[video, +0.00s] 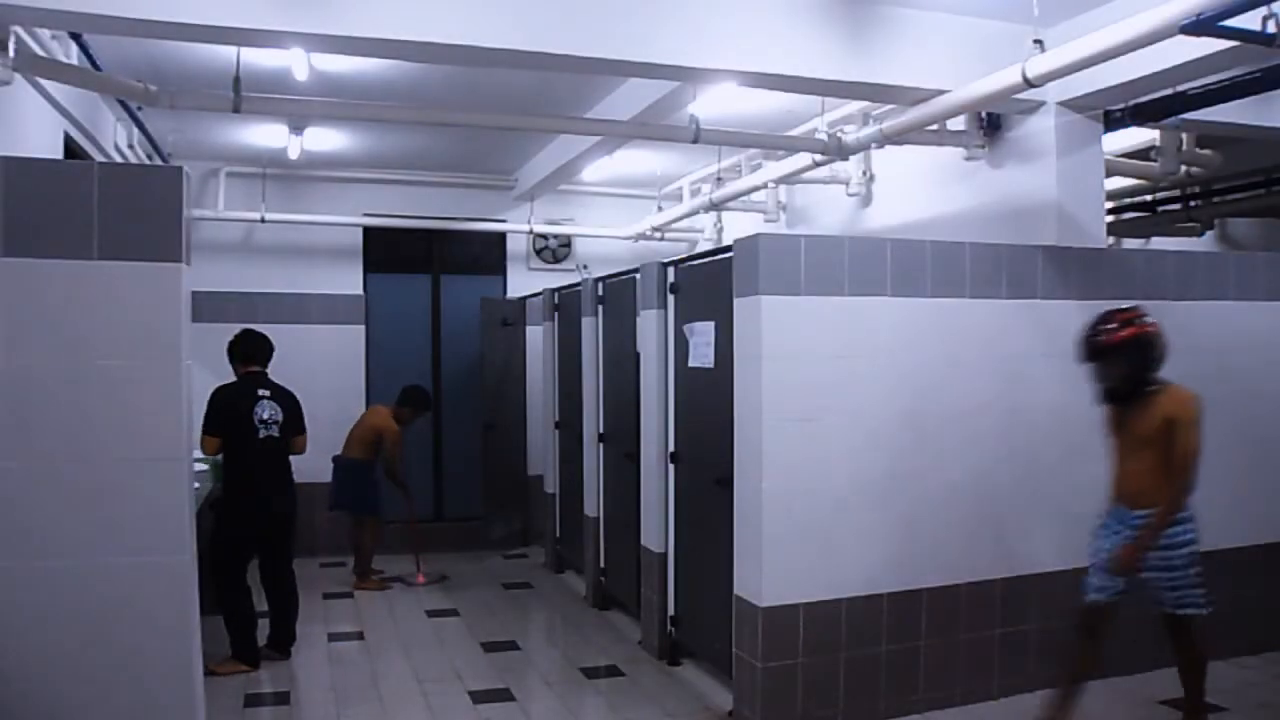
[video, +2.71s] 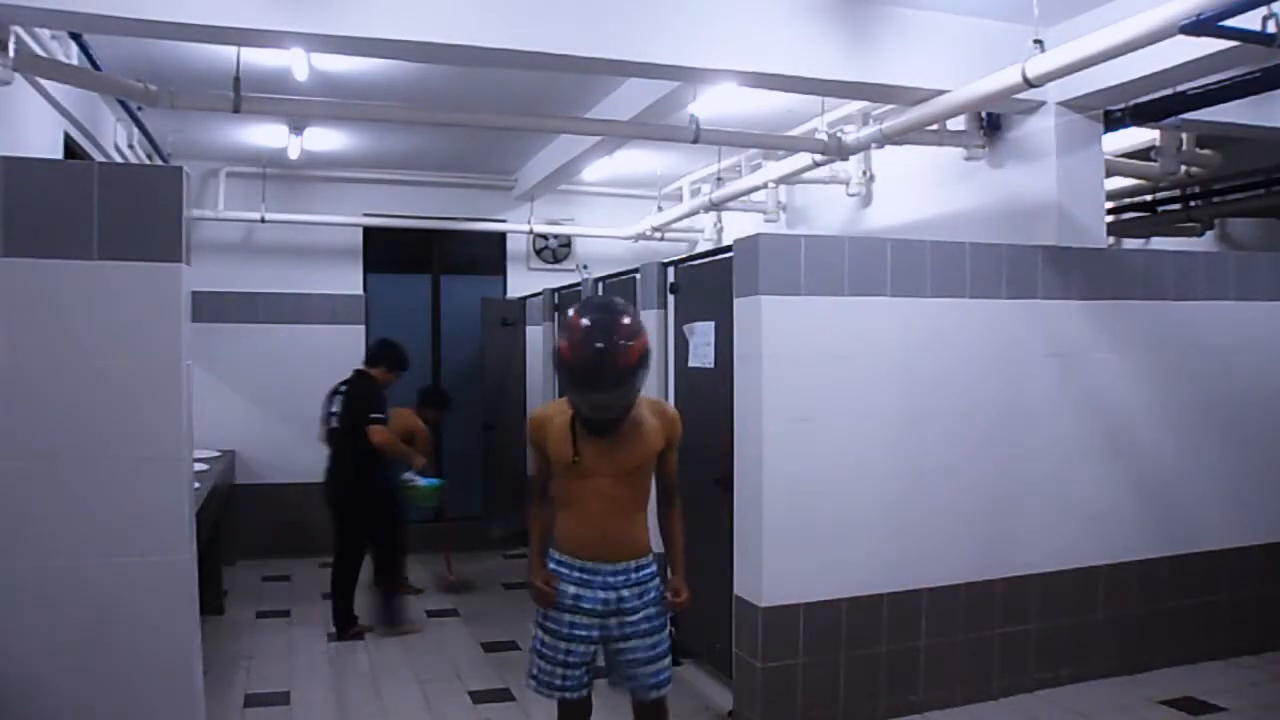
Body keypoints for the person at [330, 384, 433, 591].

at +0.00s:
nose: (413, 420)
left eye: (417, 416)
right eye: (415, 415)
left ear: (400, 404)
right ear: (407, 409)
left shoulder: (375, 411)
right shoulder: (390, 428)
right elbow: (391, 468)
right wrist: (405, 491)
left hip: (345, 465)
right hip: (359, 470)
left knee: (360, 521)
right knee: (369, 523)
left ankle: (362, 568)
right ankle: (363, 576)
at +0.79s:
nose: (436, 422)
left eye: (438, 418)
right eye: (437, 417)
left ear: (423, 405)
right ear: (430, 412)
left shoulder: (402, 414)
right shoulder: (415, 427)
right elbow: (410, 463)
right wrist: (426, 488)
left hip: (366, 463)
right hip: (375, 467)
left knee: (389, 520)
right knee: (381, 522)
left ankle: (390, 569)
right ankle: (365, 576)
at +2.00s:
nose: (449, 424)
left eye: (451, 419)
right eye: (450, 418)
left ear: (435, 407)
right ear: (442, 413)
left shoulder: (414, 414)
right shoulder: (424, 431)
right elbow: (423, 471)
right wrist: (437, 497)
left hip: (377, 465)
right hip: (387, 470)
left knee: (392, 523)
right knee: (397, 524)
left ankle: (392, 572)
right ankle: (393, 579)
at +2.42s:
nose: (447, 423)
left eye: (449, 418)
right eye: (447, 418)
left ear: (432, 408)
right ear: (439, 413)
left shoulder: (412, 416)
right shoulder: (422, 430)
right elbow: (420, 467)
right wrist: (434, 495)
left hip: (376, 465)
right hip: (386, 471)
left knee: (382, 526)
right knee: (393, 527)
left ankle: (382, 572)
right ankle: (393, 579)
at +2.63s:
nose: (440, 418)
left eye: (442, 414)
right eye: (439, 413)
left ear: (423, 404)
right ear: (432, 410)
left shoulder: (399, 414)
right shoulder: (419, 428)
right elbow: (422, 461)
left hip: (373, 467)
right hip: (386, 473)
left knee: (387, 527)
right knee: (393, 528)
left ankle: (390, 574)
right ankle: (392, 578)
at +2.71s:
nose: (438, 418)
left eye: (440, 412)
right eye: (438, 412)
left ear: (421, 403)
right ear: (431, 409)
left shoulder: (396, 413)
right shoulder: (419, 429)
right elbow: (424, 465)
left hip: (372, 471)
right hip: (388, 479)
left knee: (383, 529)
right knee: (395, 530)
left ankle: (383, 576)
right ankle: (396, 579)